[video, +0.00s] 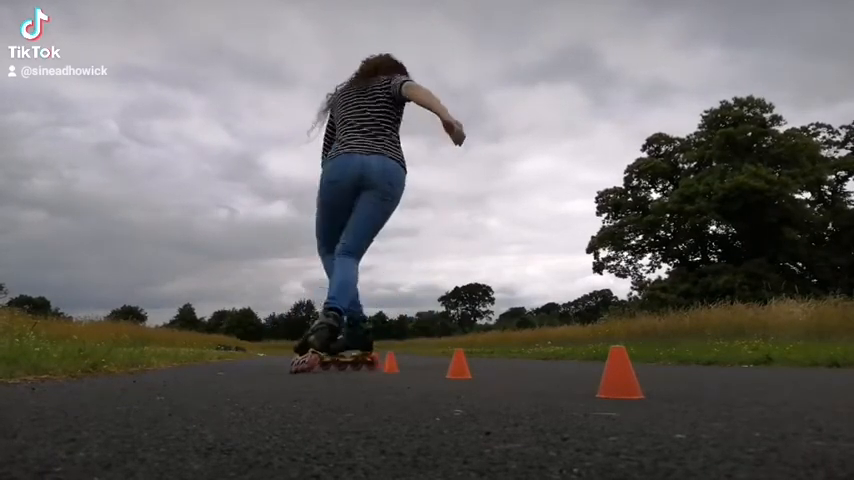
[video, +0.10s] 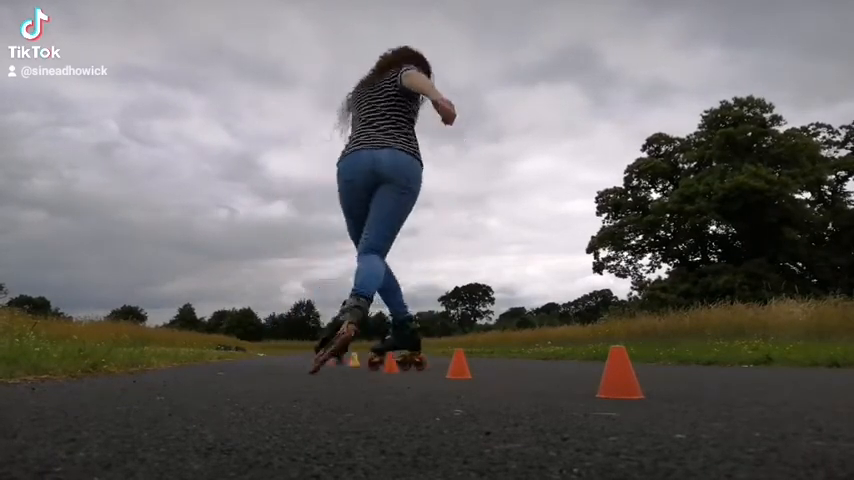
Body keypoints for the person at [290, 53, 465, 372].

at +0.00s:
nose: (402, 81)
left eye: (402, 76)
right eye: (401, 77)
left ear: (364, 71)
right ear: (393, 72)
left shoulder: (341, 93)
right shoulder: (392, 79)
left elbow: (329, 141)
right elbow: (414, 91)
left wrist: (327, 177)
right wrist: (446, 116)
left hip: (342, 163)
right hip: (387, 166)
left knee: (329, 249)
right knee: (349, 252)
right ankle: (331, 318)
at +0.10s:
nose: (424, 79)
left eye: (424, 76)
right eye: (422, 75)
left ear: (384, 64)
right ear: (411, 67)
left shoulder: (364, 87)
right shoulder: (404, 70)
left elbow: (355, 116)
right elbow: (412, 78)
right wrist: (438, 97)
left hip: (355, 160)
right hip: (401, 159)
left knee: (369, 252)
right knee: (373, 251)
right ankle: (354, 313)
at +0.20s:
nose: (447, 78)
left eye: (449, 74)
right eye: (445, 71)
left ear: (402, 58)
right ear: (431, 60)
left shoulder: (381, 82)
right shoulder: (421, 63)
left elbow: (379, 117)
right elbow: (424, 67)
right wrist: (447, 85)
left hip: (372, 158)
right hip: (417, 154)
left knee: (401, 247)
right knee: (399, 248)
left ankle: (443, 326)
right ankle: (368, 298)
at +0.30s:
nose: (474, 68)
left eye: (476, 64)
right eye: (473, 62)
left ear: (429, 47)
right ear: (457, 50)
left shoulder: (404, 76)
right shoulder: (443, 52)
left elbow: (400, 118)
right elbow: (451, 58)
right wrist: (491, 79)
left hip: (393, 156)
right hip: (437, 143)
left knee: (449, 245)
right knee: (415, 240)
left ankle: (494, 322)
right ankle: (359, 298)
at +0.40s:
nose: (492, 56)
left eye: (493, 52)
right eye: (490, 49)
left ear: (457, 37)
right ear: (475, 37)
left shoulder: (421, 69)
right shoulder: (458, 38)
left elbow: (411, 139)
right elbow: (472, 49)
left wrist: (407, 207)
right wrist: (524, 76)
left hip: (408, 149)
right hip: (447, 136)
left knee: (482, 243)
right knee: (420, 240)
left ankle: (533, 321)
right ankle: (334, 294)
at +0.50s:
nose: (507, 44)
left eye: (509, 39)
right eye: (506, 36)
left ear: (472, 21)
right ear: (494, 24)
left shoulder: (439, 57)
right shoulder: (471, 24)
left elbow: (419, 129)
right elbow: (486, 34)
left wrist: (402, 197)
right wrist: (545, 67)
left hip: (421, 142)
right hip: (450, 131)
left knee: (503, 232)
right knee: (416, 237)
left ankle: (561, 322)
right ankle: (306, 293)